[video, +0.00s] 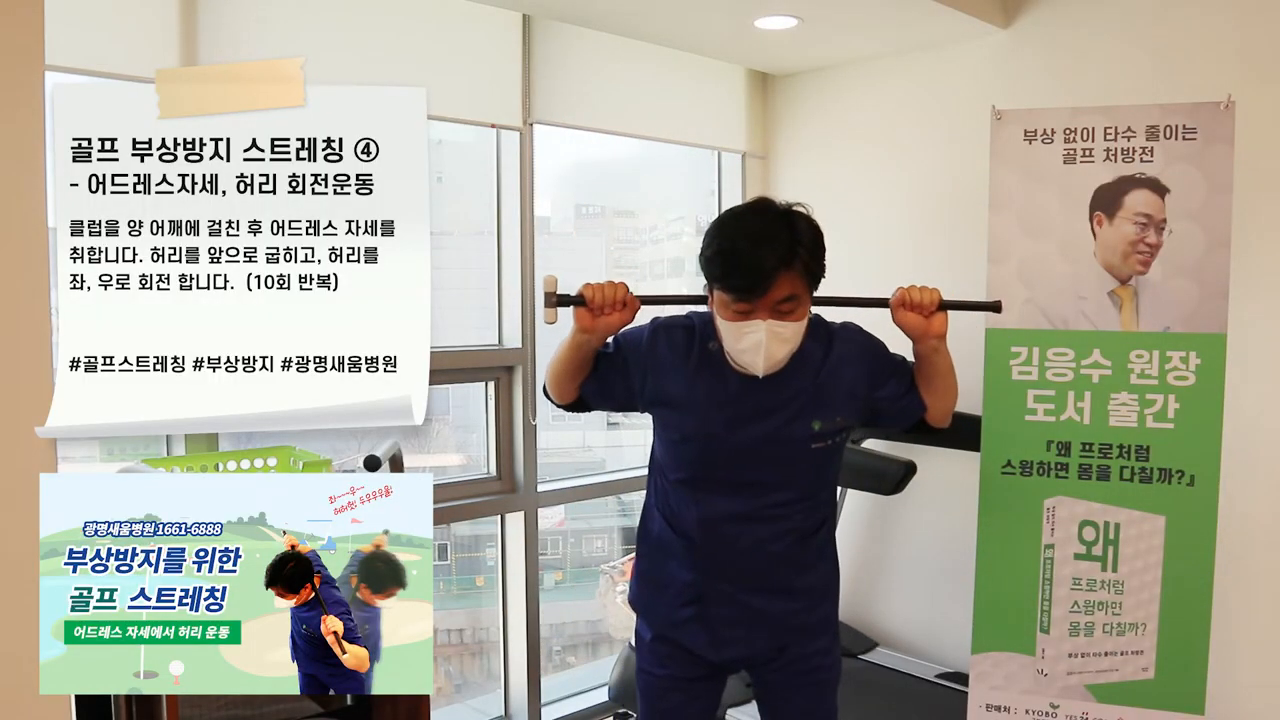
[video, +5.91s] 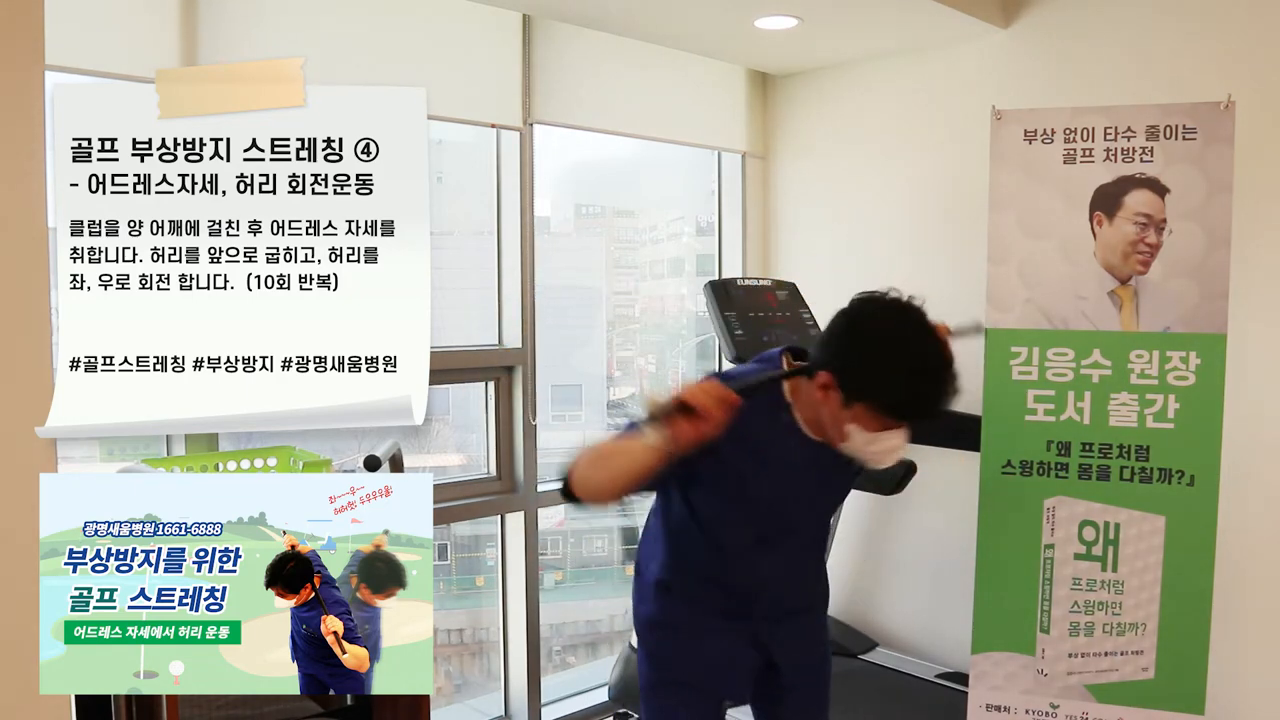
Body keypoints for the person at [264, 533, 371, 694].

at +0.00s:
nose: (278, 599)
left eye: (283, 596)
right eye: (276, 594)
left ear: (306, 590)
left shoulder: (334, 607)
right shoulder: (312, 570)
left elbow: (363, 665)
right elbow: (308, 552)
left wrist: (335, 642)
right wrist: (297, 547)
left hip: (344, 673)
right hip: (310, 667)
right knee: (312, 713)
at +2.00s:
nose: (278, 599)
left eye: (283, 595)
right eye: (276, 593)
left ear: (306, 589)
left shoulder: (334, 608)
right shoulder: (311, 569)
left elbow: (363, 665)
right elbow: (308, 552)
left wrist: (335, 642)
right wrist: (296, 547)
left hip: (344, 672)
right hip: (310, 666)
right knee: (312, 713)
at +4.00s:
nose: (278, 599)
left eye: (283, 595)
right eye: (276, 594)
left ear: (306, 590)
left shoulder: (334, 608)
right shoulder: (312, 570)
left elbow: (363, 665)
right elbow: (308, 552)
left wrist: (335, 642)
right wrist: (297, 547)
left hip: (344, 672)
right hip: (310, 667)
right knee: (312, 714)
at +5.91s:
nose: (278, 599)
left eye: (283, 595)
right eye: (276, 593)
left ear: (306, 590)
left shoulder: (334, 608)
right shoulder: (311, 570)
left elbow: (363, 665)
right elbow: (308, 552)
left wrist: (335, 642)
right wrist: (297, 547)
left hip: (344, 673)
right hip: (310, 667)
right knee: (312, 715)